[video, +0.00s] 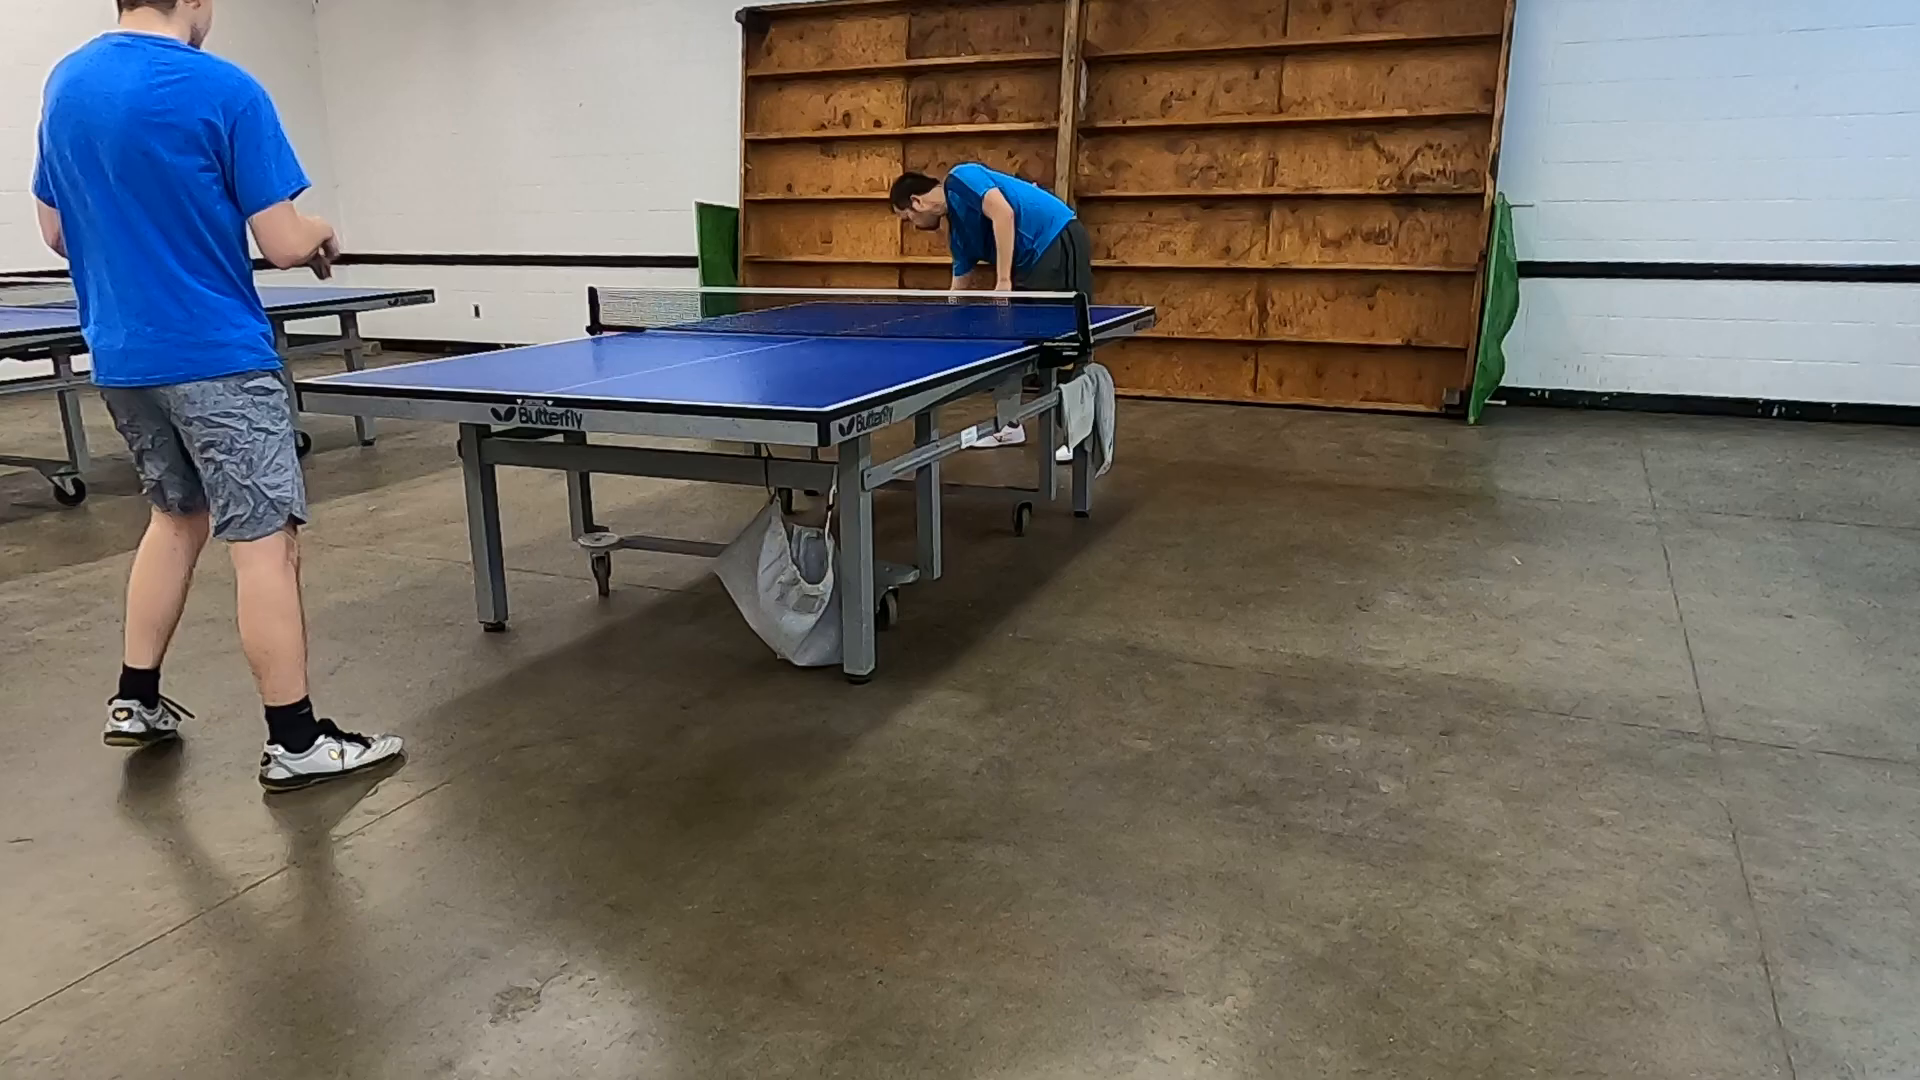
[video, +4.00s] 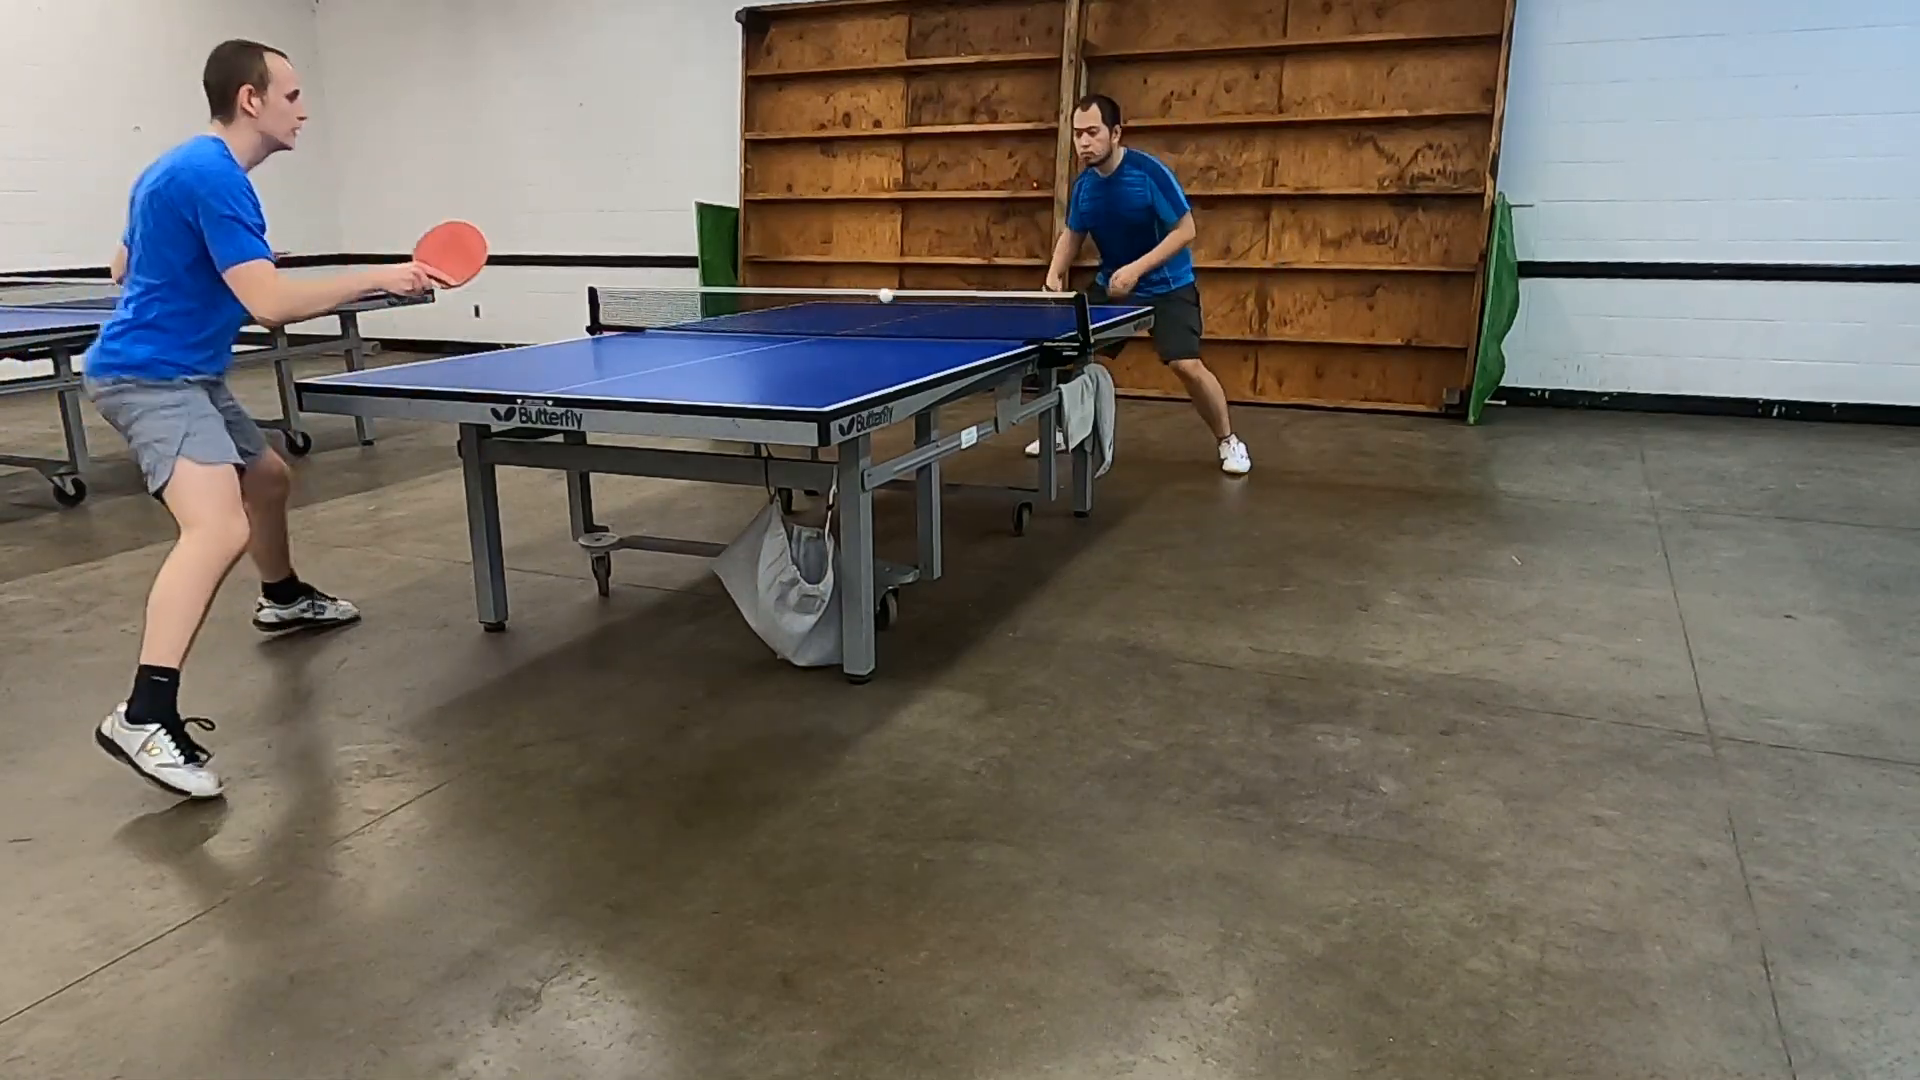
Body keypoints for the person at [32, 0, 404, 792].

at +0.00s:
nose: (210, 18)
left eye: (207, 9)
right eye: (208, 8)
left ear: (124, 6)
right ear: (190, 4)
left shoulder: (67, 80)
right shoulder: (221, 86)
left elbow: (58, 231)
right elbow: (283, 241)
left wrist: (148, 250)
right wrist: (316, 233)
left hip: (120, 355)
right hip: (216, 351)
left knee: (177, 511)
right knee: (264, 535)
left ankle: (136, 700)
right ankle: (296, 738)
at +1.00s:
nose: (235, 71)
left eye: (233, 52)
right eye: (231, 52)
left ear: (141, 56)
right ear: (199, 52)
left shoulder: (67, 146)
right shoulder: (207, 151)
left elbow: (8, 264)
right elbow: (295, 298)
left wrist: (75, 329)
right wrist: (395, 282)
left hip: (95, 409)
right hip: (184, 403)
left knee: (175, 522)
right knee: (319, 572)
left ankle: (126, 692)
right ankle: (316, 789)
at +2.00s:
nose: (294, 214)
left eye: (293, 198)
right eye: (289, 198)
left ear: (200, 200)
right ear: (258, 200)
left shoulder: (120, 255)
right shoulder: (241, 282)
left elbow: (17, 337)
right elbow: (296, 407)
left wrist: (64, 421)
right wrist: (376, 362)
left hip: (26, 484)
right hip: (115, 490)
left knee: (149, 553)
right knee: (332, 583)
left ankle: (101, 710)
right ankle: (317, 790)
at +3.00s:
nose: (274, 132)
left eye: (271, 117)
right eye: (265, 118)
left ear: (194, 127)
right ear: (225, 126)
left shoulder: (106, 196)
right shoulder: (192, 223)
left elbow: (144, 325)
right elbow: (287, 368)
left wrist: (260, 327)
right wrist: (402, 336)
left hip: (51, 442)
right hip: (126, 454)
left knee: (163, 553)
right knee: (315, 581)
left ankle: (104, 711)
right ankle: (316, 790)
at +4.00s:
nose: (303, 109)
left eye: (300, 96)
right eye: (291, 97)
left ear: (242, 102)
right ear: (250, 101)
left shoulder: (179, 169)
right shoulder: (212, 176)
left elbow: (126, 269)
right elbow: (270, 303)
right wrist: (378, 280)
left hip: (188, 372)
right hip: (147, 375)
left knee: (268, 479)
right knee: (218, 527)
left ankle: (281, 596)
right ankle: (145, 715)